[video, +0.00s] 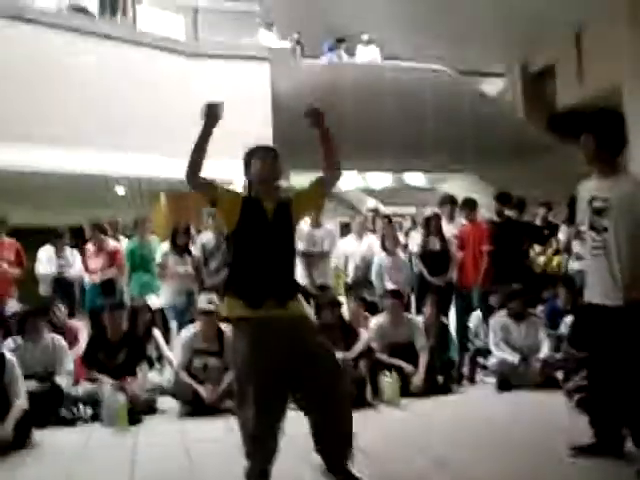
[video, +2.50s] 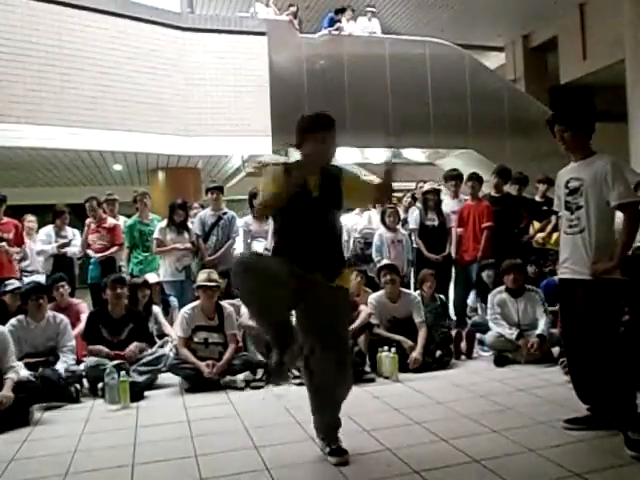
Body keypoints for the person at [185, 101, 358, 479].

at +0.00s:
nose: (267, 169)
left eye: (273, 163)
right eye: (261, 164)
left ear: (281, 171)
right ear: (247, 171)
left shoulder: (292, 207)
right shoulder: (233, 205)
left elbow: (330, 175)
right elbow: (193, 178)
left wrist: (322, 128)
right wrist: (208, 126)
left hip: (291, 317)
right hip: (248, 321)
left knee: (330, 389)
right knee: (259, 403)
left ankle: (336, 462)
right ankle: (258, 468)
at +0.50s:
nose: (270, 138)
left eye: (273, 132)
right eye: (262, 131)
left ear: (274, 139)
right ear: (241, 134)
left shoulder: (279, 183)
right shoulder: (221, 172)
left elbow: (301, 230)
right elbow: (202, 124)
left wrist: (318, 246)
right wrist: (215, 68)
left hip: (277, 289)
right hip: (235, 290)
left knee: (289, 373)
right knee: (244, 375)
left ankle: (292, 455)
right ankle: (255, 455)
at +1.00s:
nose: (287, 138)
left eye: (291, 135)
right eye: (279, 132)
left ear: (296, 144)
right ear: (260, 139)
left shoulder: (309, 171)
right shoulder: (242, 176)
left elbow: (349, 137)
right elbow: (206, 141)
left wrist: (343, 91)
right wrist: (224, 97)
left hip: (302, 294)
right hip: (256, 295)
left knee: (315, 372)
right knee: (250, 379)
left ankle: (329, 436)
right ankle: (256, 454)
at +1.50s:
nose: (320, 142)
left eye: (325, 138)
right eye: (313, 135)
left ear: (329, 145)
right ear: (295, 139)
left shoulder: (341, 172)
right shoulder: (276, 173)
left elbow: (380, 141)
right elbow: (244, 138)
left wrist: (377, 93)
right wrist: (262, 97)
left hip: (330, 291)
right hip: (283, 289)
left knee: (336, 371)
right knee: (262, 371)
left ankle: (330, 433)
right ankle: (255, 450)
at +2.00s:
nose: (317, 142)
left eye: (320, 136)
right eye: (309, 137)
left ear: (328, 141)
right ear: (295, 145)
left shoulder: (348, 178)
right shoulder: (285, 183)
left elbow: (391, 176)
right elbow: (250, 185)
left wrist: (397, 148)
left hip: (339, 291)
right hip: (294, 290)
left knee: (337, 369)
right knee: (281, 372)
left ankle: (329, 432)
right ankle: (266, 450)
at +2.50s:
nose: (325, 147)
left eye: (329, 140)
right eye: (318, 140)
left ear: (334, 144)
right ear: (301, 143)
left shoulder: (339, 179)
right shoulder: (279, 175)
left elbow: (377, 197)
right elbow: (259, 214)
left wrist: (385, 183)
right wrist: (289, 187)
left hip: (326, 281)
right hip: (283, 274)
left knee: (332, 364)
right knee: (245, 268)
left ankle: (328, 434)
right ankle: (284, 343)